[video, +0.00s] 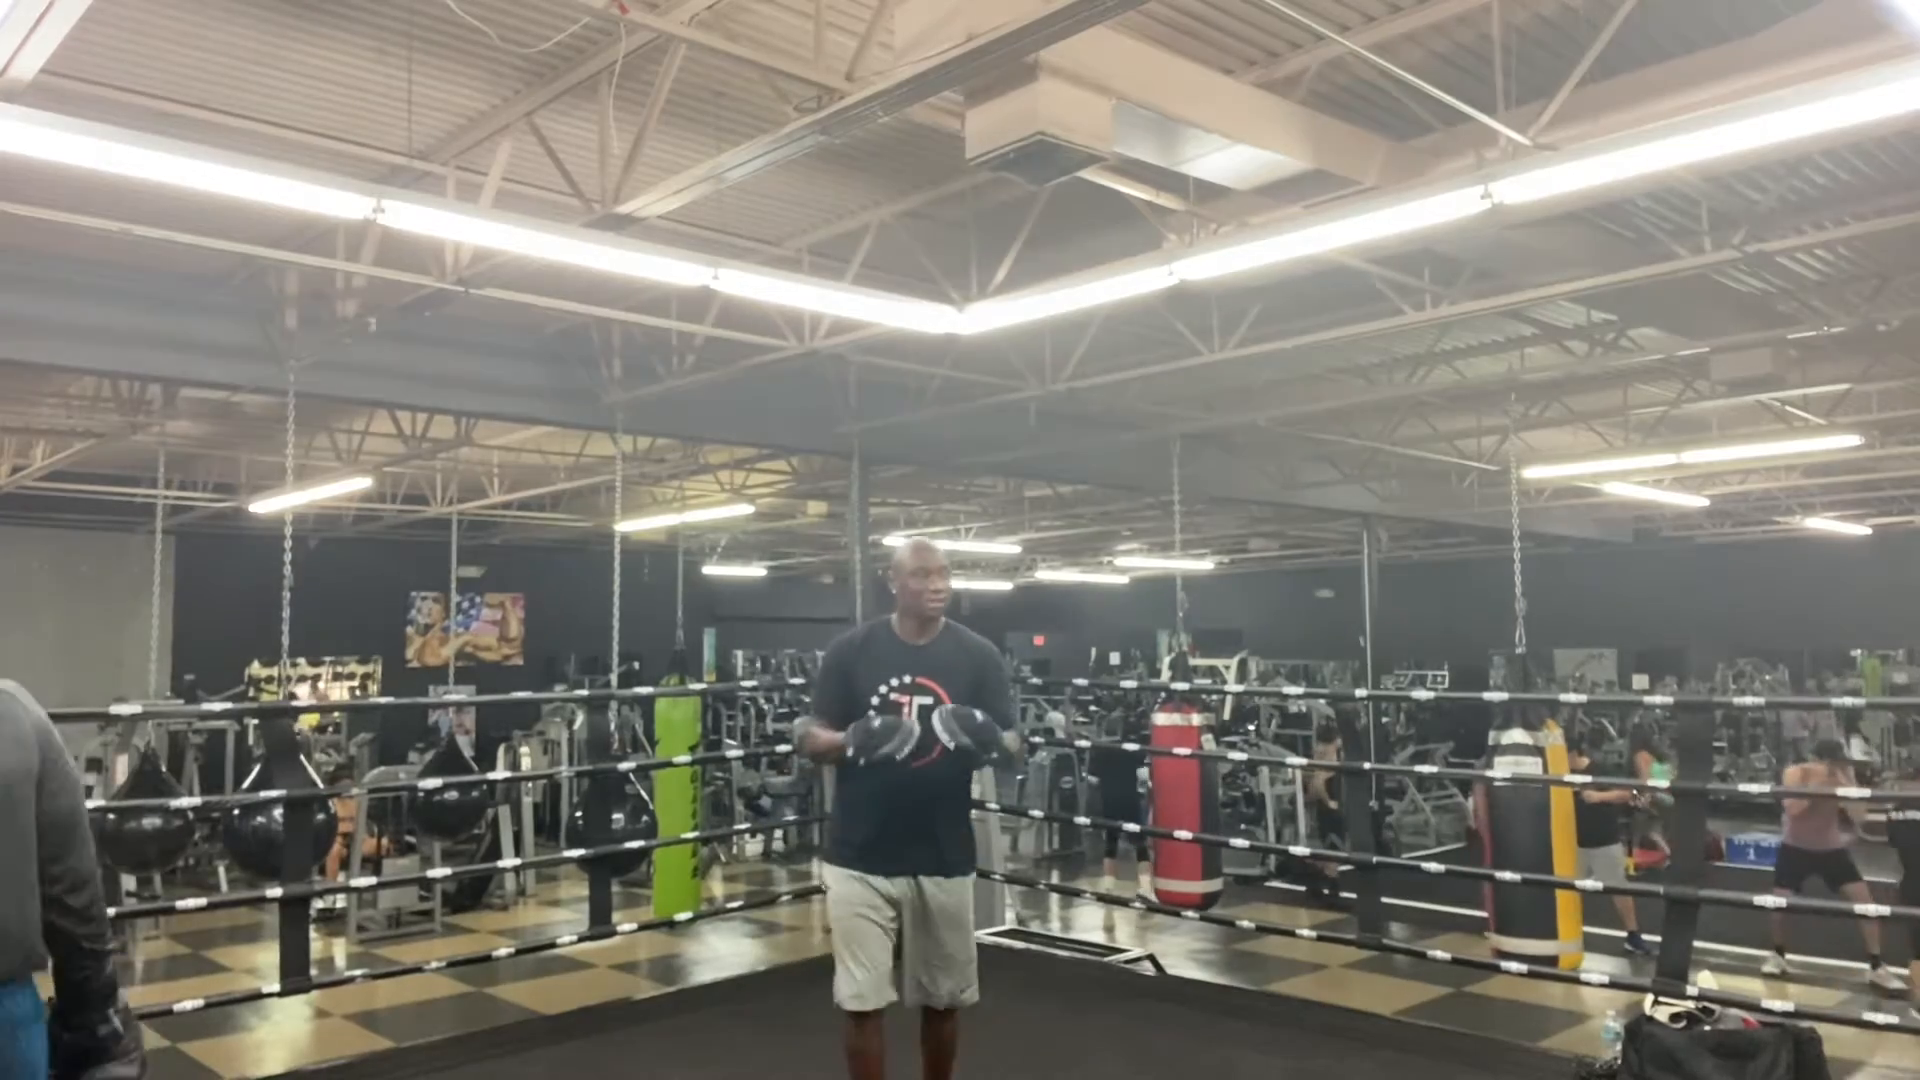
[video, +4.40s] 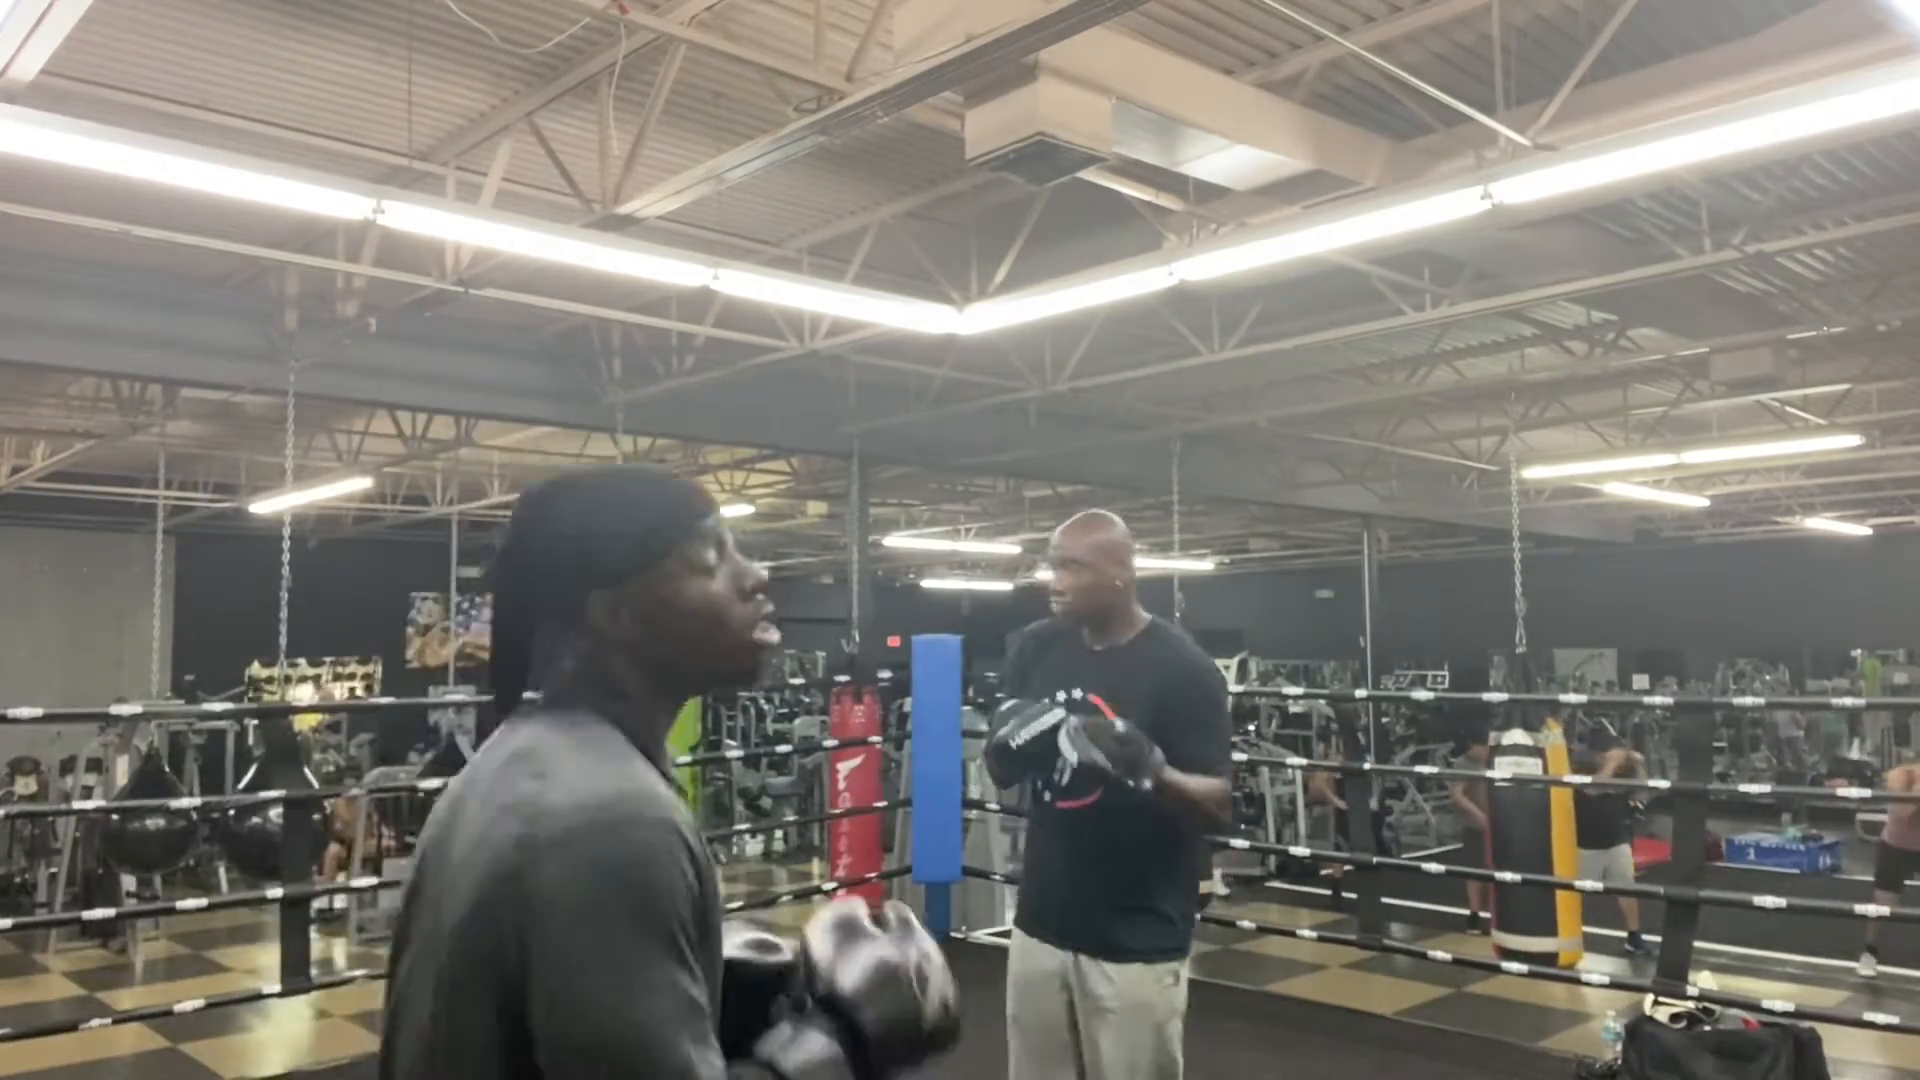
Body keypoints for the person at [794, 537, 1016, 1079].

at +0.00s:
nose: (936, 586)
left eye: (941, 575)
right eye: (922, 575)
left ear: (950, 582)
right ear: (893, 582)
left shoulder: (979, 656)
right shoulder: (849, 652)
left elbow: (1011, 747)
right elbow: (809, 737)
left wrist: (986, 740)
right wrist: (851, 741)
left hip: (944, 864)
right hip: (859, 862)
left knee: (943, 1006)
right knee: (862, 1007)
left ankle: (939, 1079)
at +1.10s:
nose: (935, 585)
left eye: (951, 571)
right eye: (928, 572)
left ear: (991, 574)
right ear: (921, 577)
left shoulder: (1049, 659)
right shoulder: (898, 651)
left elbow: (1073, 776)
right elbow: (870, 755)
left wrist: (1005, 749)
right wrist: (885, 757)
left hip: (1006, 914)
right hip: (902, 906)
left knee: (1011, 1071)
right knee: (888, 1069)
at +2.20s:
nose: (951, 562)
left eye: (965, 546)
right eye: (934, 548)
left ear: (986, 556)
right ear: (913, 563)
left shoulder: (1051, 651)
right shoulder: (872, 665)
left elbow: (1095, 793)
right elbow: (823, 797)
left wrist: (1094, 762)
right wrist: (850, 779)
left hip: (1037, 939)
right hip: (918, 943)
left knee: (1055, 1072)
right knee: (923, 1074)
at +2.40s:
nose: (995, 560)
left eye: (1010, 545)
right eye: (979, 547)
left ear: (1035, 554)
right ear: (959, 560)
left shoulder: (1093, 652)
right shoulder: (916, 657)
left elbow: (1177, 770)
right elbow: (868, 778)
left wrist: (1141, 723)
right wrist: (836, 764)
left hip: (1061, 947)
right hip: (938, 946)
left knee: (1063, 1072)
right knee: (929, 1072)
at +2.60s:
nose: (1057, 561)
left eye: (1074, 546)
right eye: (1042, 547)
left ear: (1102, 556)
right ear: (1024, 560)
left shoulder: (1140, 652)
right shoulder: (980, 644)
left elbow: (1146, 804)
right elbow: (944, 768)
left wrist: (1158, 699)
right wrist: (894, 751)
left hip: (1090, 945)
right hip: (976, 936)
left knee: (1083, 1073)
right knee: (947, 1072)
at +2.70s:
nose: (1072, 565)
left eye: (1089, 550)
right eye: (1058, 551)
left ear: (1120, 559)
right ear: (1041, 562)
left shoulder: (1156, 662)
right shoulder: (1000, 637)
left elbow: (1143, 797)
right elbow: (957, 765)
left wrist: (1059, 753)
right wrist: (997, 738)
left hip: (1100, 952)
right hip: (989, 937)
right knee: (960, 1071)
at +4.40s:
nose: (1054, 580)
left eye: (1070, 566)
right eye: (1054, 565)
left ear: (1121, 576)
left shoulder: (1186, 671)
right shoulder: (1038, 648)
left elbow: (1219, 807)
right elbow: (1003, 772)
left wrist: (1151, 771)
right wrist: (1009, 745)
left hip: (1137, 947)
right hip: (1041, 931)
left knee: (1135, 1073)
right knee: (1035, 1073)